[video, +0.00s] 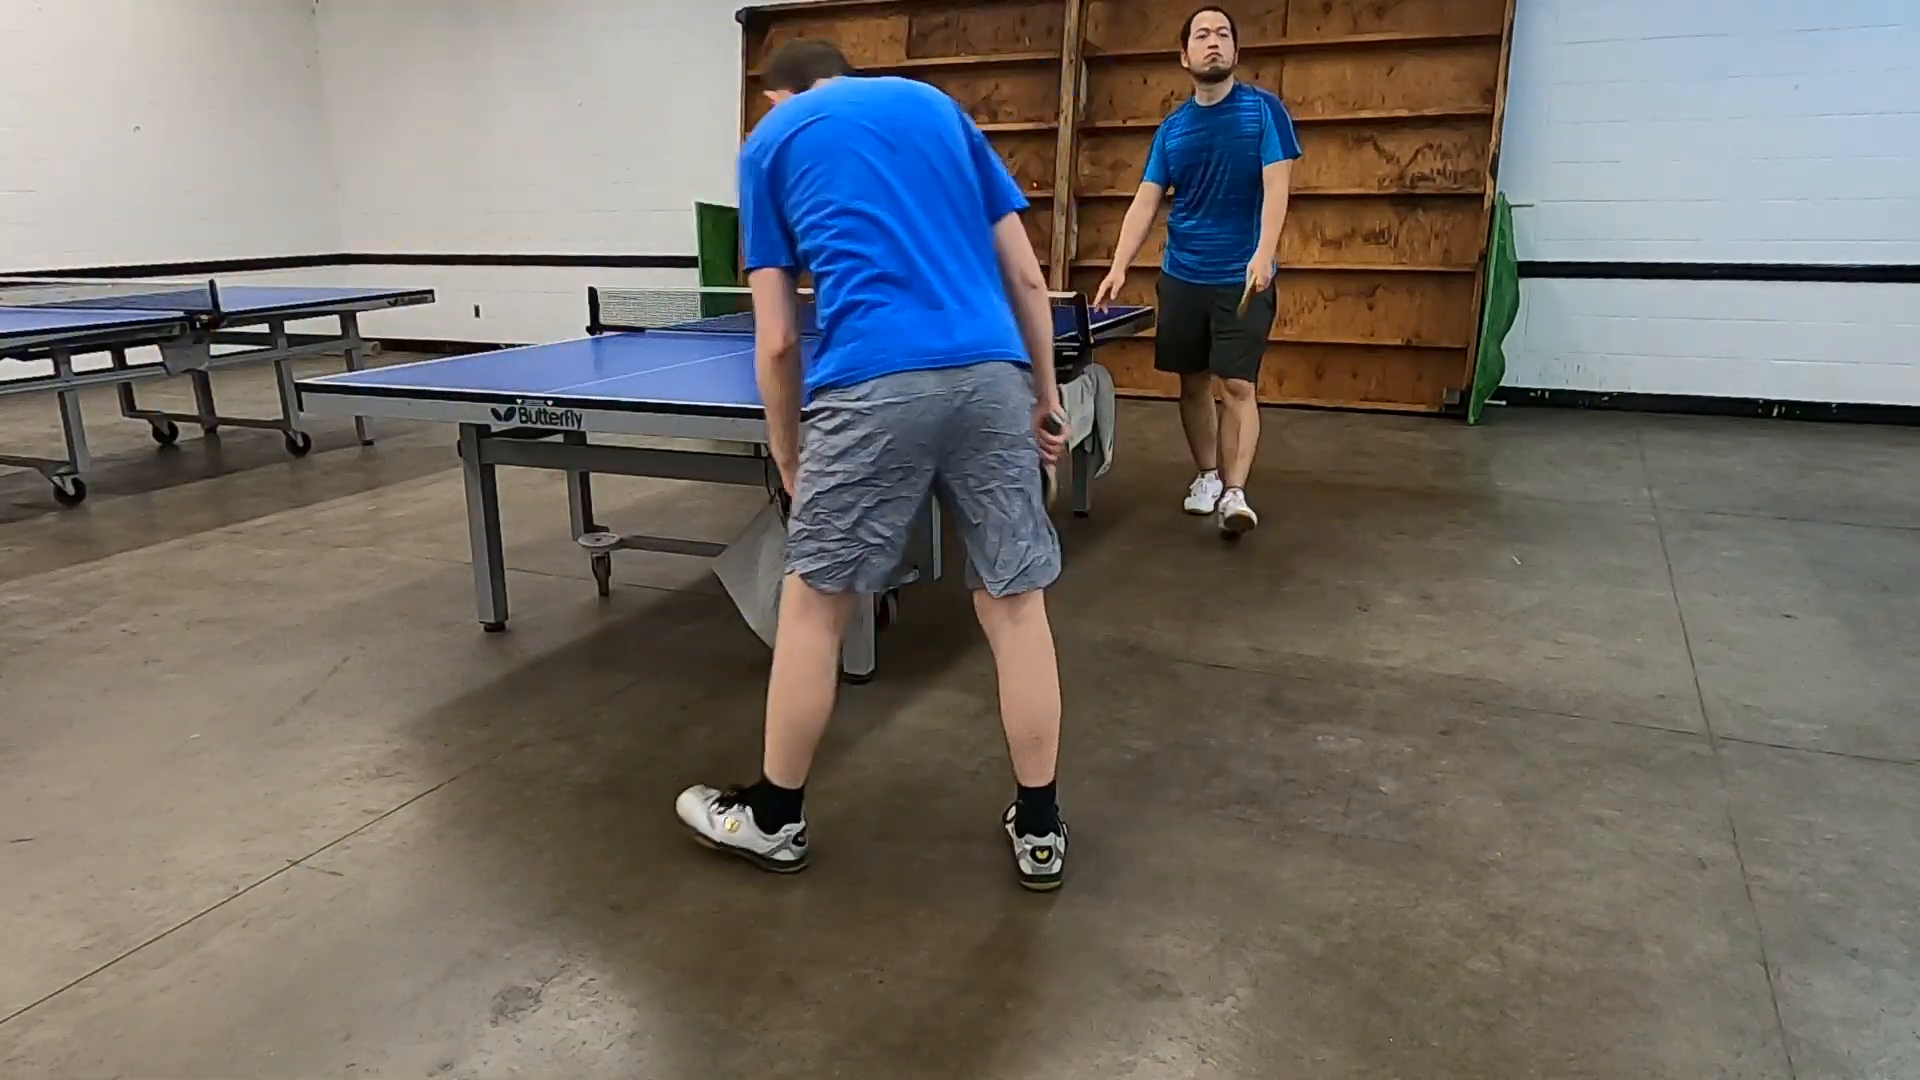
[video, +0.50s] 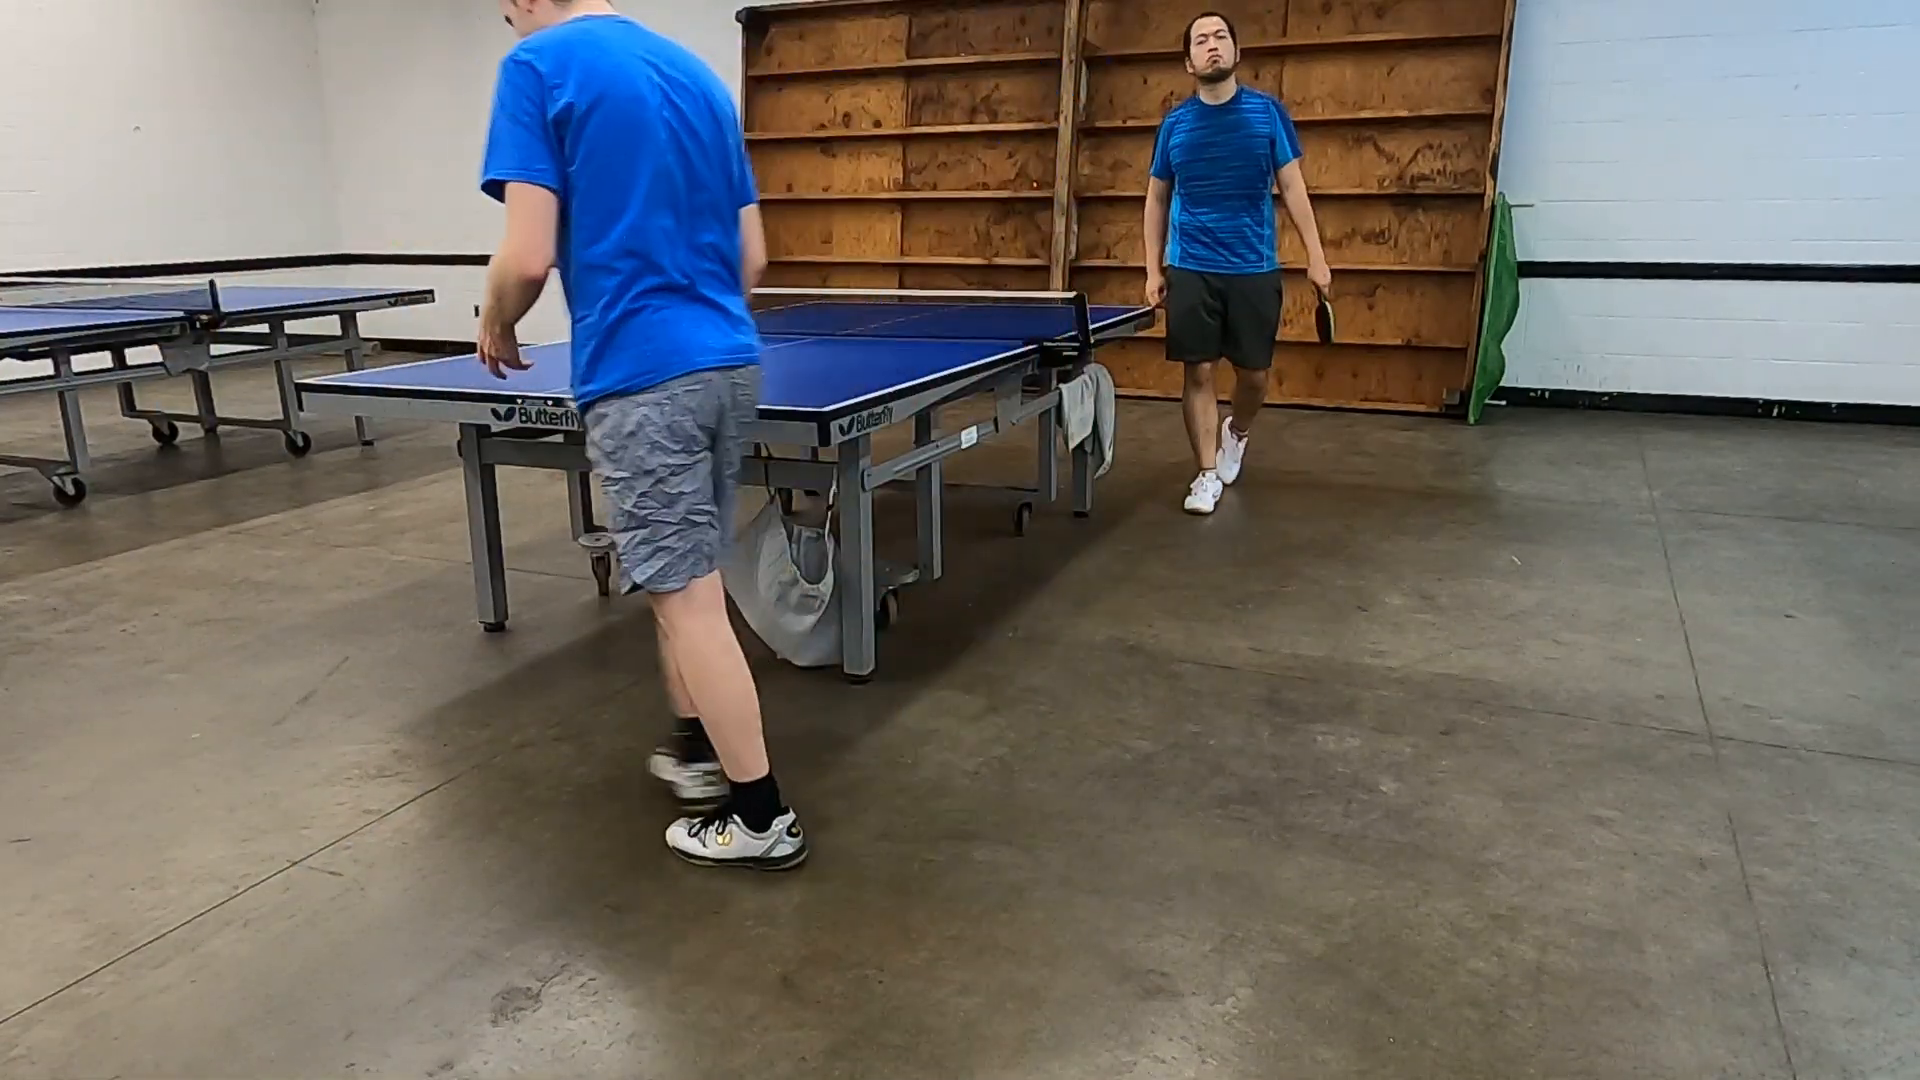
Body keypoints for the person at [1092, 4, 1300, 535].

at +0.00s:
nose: (1213, 41)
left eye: (1222, 35)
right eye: (1202, 36)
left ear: (1237, 52)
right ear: (1186, 57)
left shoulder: (1264, 110)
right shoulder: (1172, 130)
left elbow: (1276, 188)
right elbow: (1144, 204)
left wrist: (1265, 253)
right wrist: (1119, 266)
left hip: (1244, 275)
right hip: (1182, 276)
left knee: (1236, 386)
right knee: (1193, 382)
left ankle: (1234, 492)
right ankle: (1207, 476)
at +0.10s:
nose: (1211, 39)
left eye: (1220, 32)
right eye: (1200, 34)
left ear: (1235, 49)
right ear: (1184, 54)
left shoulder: (1263, 108)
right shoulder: (1171, 126)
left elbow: (1277, 188)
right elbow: (1146, 202)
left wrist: (1268, 256)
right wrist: (1131, 269)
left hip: (1246, 273)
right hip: (1185, 274)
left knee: (1243, 382)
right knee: (1195, 381)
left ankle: (1243, 488)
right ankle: (1207, 477)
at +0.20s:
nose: (1211, 39)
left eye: (1219, 32)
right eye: (1200, 33)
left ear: (1234, 48)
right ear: (1183, 52)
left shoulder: (1262, 108)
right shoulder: (1170, 124)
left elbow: (1280, 190)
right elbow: (1150, 202)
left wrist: (1283, 261)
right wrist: (1143, 270)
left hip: (1250, 270)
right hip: (1187, 272)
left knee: (1249, 379)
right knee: (1196, 380)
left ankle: (1249, 479)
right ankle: (1209, 475)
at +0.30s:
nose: (1210, 40)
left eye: (1219, 33)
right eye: (1200, 34)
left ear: (1234, 49)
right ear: (1185, 55)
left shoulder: (1264, 109)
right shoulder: (1170, 124)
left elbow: (1285, 188)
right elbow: (1153, 201)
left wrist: (1299, 259)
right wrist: (1152, 272)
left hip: (1254, 270)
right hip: (1189, 271)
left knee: (1253, 378)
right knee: (1197, 376)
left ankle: (1247, 465)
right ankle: (1207, 474)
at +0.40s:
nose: (1211, 42)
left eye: (1219, 34)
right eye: (1200, 37)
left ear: (1235, 50)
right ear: (1186, 58)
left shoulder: (1266, 110)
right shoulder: (1171, 125)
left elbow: (1290, 186)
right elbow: (1155, 201)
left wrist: (1311, 256)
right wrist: (1153, 270)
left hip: (1254, 270)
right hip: (1190, 270)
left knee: (1255, 374)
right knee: (1197, 374)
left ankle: (1242, 443)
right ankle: (1207, 473)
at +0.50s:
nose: (1211, 45)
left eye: (1220, 37)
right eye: (1201, 41)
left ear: (1238, 52)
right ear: (1190, 62)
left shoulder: (1268, 112)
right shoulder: (1174, 124)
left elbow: (1293, 188)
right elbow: (1156, 200)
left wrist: (1316, 257)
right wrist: (1152, 269)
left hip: (1254, 269)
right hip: (1191, 268)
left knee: (1254, 374)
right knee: (1197, 371)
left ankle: (1234, 435)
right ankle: (1206, 473)